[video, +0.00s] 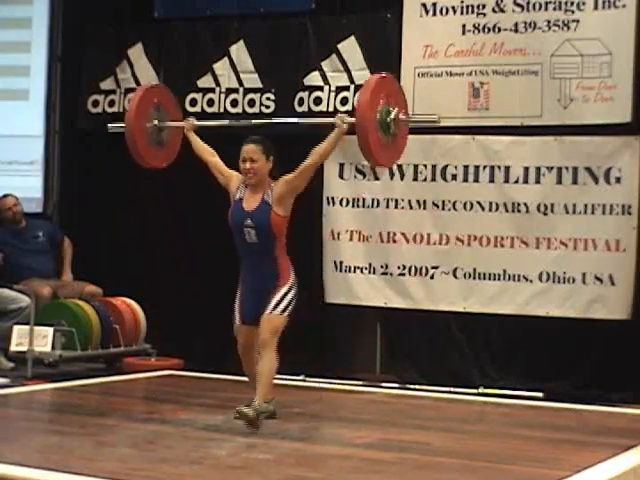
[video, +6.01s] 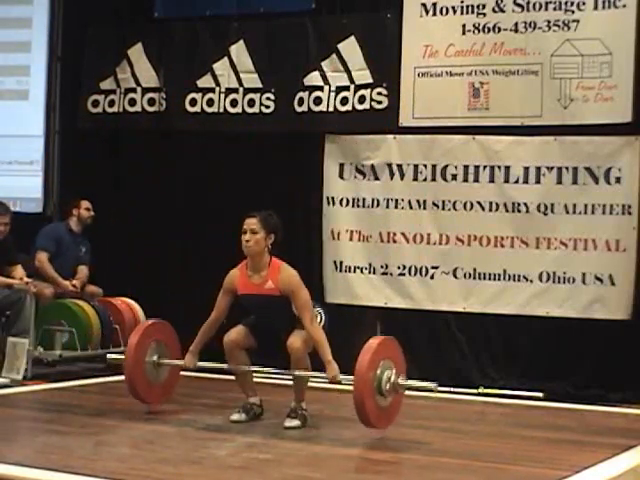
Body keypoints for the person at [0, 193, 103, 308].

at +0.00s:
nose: (14, 210)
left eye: (15, 205)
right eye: (8, 209)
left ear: (21, 205)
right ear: (2, 216)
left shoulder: (41, 225)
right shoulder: (4, 234)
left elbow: (66, 242)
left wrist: (67, 274)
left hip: (53, 279)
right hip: (25, 281)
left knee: (95, 292)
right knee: (45, 293)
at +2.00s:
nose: (29, 206)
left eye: (32, 202)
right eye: (24, 203)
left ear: (36, 205)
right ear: (16, 207)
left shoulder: (47, 229)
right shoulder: (7, 231)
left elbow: (69, 247)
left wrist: (69, 262)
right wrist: (3, 255)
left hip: (53, 278)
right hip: (25, 279)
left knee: (94, 292)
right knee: (45, 293)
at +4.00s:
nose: (100, 180)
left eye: (103, 176)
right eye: (95, 175)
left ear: (107, 178)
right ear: (87, 175)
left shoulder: (107, 203)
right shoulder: (68, 200)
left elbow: (105, 236)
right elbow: (53, 239)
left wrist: (99, 265)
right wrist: (68, 272)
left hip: (81, 246)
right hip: (51, 245)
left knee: (88, 288)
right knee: (57, 287)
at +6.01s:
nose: (92, 214)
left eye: (92, 210)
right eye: (87, 209)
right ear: (75, 211)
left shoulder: (83, 242)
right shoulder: (52, 231)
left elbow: (83, 269)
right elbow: (40, 261)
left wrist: (78, 282)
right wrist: (61, 282)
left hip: (69, 283)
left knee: (95, 292)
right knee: (47, 292)